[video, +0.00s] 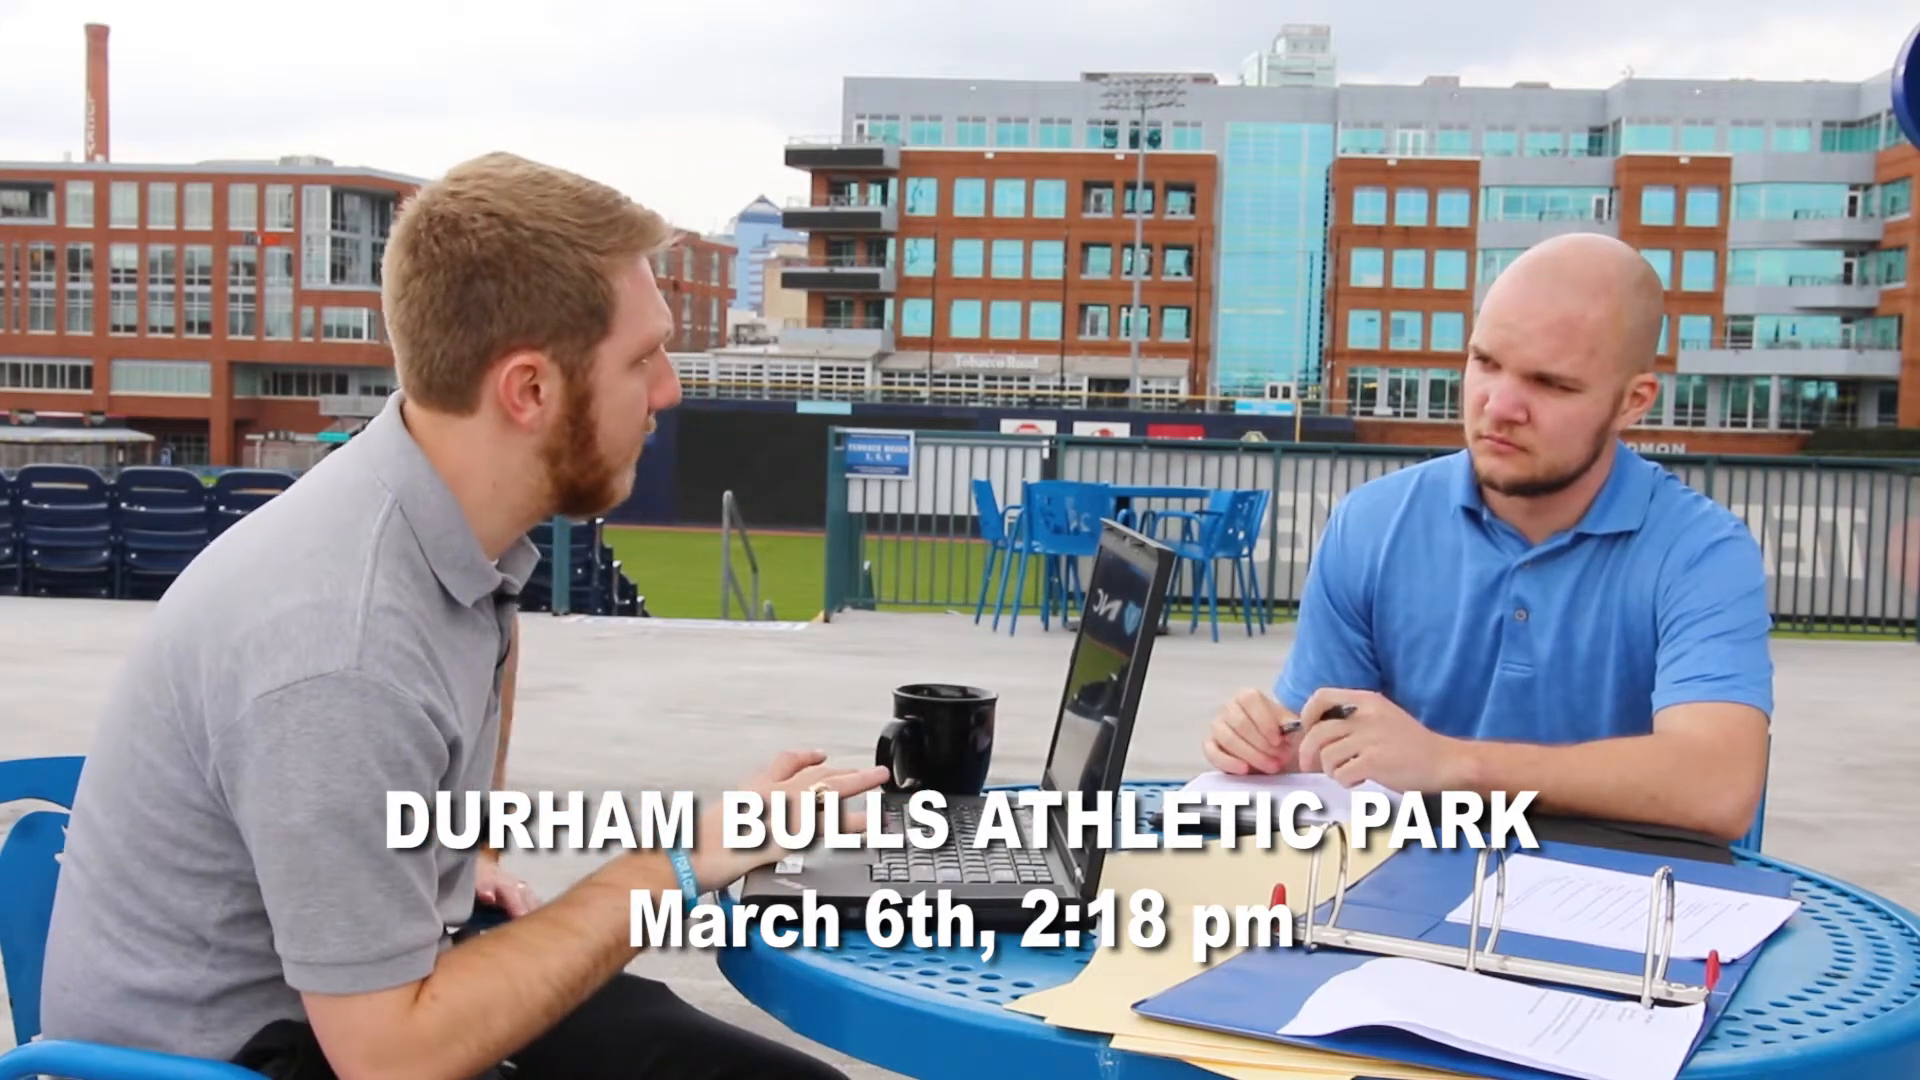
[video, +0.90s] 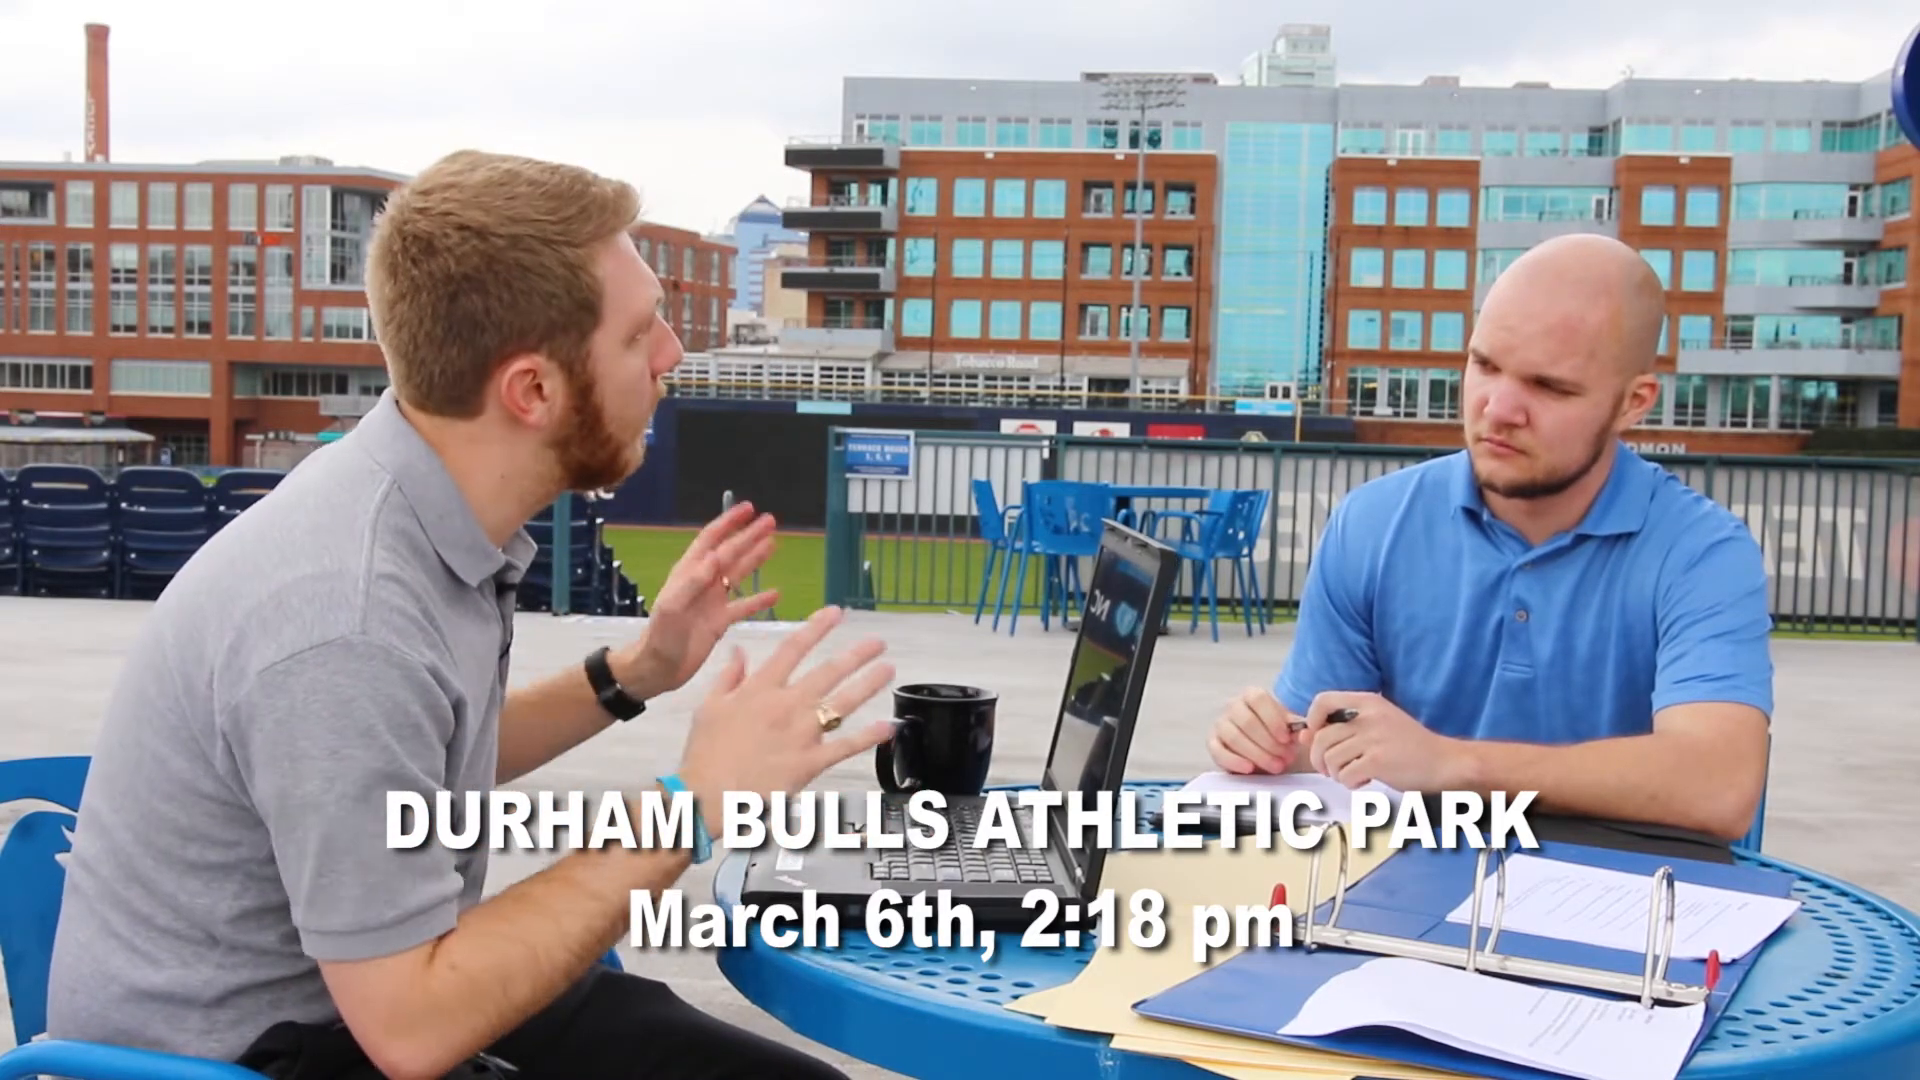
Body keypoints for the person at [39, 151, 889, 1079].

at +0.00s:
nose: (671, 393)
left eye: (664, 356)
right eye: (647, 361)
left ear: (519, 395)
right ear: (527, 393)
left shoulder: (436, 515)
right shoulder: (335, 657)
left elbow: (494, 651)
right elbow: (396, 1050)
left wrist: (465, 840)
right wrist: (687, 854)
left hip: (381, 947)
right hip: (214, 1044)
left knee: (805, 1067)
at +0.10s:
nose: (668, 396)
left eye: (661, 359)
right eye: (643, 364)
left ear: (516, 394)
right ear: (523, 393)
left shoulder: (427, 514)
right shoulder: (332, 657)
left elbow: (492, 654)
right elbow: (398, 1049)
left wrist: (468, 838)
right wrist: (686, 854)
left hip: (376, 954)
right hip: (212, 1044)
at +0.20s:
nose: (669, 398)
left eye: (661, 360)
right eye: (643, 365)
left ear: (515, 395)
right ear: (523, 393)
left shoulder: (424, 523)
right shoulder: (332, 654)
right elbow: (399, 1054)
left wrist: (450, 852)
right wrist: (684, 856)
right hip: (214, 1045)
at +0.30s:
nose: (674, 395)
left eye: (666, 359)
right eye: (648, 365)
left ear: (520, 397)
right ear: (529, 395)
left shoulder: (428, 526)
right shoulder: (334, 650)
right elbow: (399, 1050)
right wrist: (664, 866)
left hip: (346, 972)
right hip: (213, 1046)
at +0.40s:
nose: (675, 392)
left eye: (667, 356)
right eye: (649, 364)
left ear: (522, 399)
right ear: (531, 397)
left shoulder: (432, 519)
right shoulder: (342, 651)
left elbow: (430, 743)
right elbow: (400, 1047)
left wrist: (539, 811)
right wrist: (661, 850)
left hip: (349, 969)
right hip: (215, 1043)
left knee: (639, 1009)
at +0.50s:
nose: (676, 391)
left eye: (668, 353)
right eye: (651, 360)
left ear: (534, 392)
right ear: (533, 392)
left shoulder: (432, 512)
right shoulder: (338, 641)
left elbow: (401, 719)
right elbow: (400, 1044)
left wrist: (534, 756)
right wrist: (644, 831)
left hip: (365, 968)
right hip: (223, 1044)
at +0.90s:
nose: (673, 354)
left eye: (659, 319)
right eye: (644, 335)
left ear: (519, 393)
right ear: (530, 392)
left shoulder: (417, 516)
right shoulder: (338, 624)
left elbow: (430, 761)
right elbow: (414, 1025)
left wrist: (640, 672)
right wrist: (698, 798)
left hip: (359, 967)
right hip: (229, 1044)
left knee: (807, 1070)